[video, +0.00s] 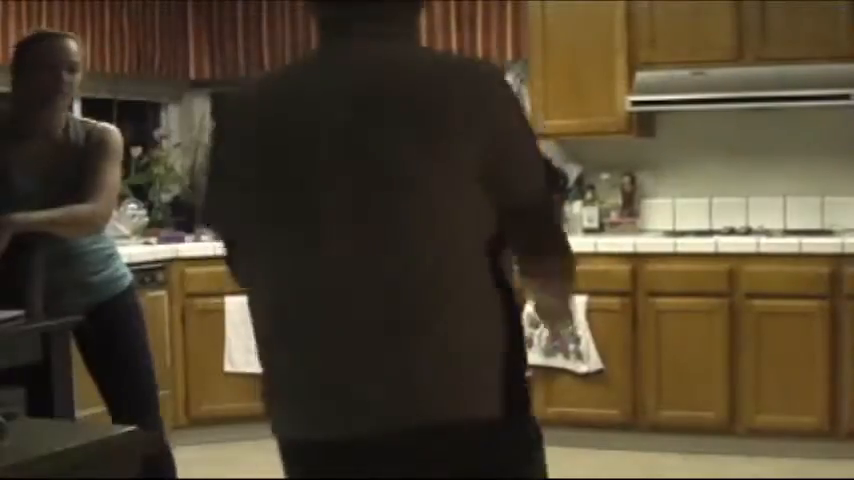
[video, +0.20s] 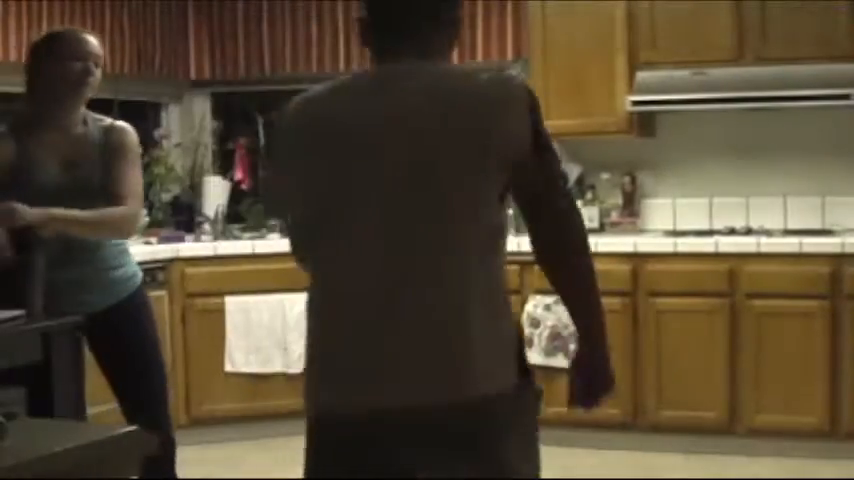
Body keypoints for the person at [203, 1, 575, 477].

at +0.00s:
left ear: (318, 13)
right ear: (415, 10)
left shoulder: (251, 109)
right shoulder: (474, 90)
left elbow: (243, 262)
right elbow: (543, 249)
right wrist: (555, 311)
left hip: (318, 429)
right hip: (465, 417)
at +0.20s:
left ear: (364, 32)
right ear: (454, 30)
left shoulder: (304, 122)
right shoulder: (501, 102)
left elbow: (308, 249)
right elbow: (558, 235)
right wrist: (593, 343)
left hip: (350, 403)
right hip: (479, 399)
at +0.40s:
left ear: (410, 49)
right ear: (492, 45)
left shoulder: (367, 123)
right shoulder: (535, 115)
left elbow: (339, 231)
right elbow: (588, 232)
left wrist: (314, 269)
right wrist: (622, 330)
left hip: (405, 368)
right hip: (512, 365)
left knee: (394, 473)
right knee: (520, 472)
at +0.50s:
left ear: (420, 47)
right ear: (494, 45)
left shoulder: (380, 125)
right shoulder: (542, 118)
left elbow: (350, 227)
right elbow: (585, 221)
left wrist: (305, 268)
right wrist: (612, 293)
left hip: (425, 364)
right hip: (525, 362)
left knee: (407, 473)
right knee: (533, 472)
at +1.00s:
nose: (517, 62)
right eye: (519, 55)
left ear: (460, 57)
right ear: (520, 56)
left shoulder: (419, 119)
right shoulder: (557, 116)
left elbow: (392, 214)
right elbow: (588, 209)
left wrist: (324, 241)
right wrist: (552, 221)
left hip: (440, 319)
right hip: (525, 318)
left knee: (433, 456)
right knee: (541, 439)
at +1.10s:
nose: (525, 66)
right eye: (529, 57)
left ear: (474, 60)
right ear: (531, 59)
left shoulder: (436, 123)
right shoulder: (570, 119)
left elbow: (410, 214)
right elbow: (602, 208)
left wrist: (339, 237)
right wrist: (574, 232)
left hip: (454, 316)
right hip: (536, 315)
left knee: (442, 446)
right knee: (546, 435)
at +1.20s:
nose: (545, 74)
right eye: (547, 66)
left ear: (493, 70)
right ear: (548, 67)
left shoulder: (457, 132)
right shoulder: (589, 126)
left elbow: (434, 221)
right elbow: (621, 207)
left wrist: (367, 221)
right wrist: (585, 227)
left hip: (473, 318)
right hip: (551, 318)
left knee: (449, 440)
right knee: (555, 437)